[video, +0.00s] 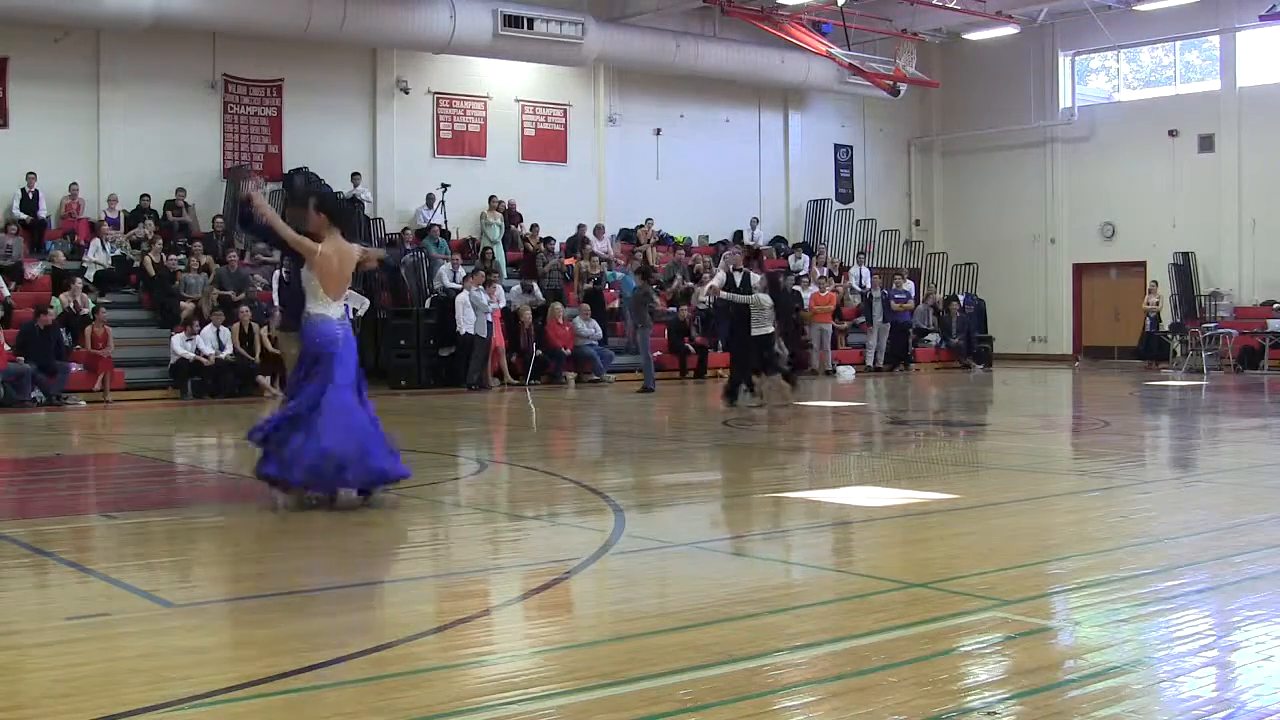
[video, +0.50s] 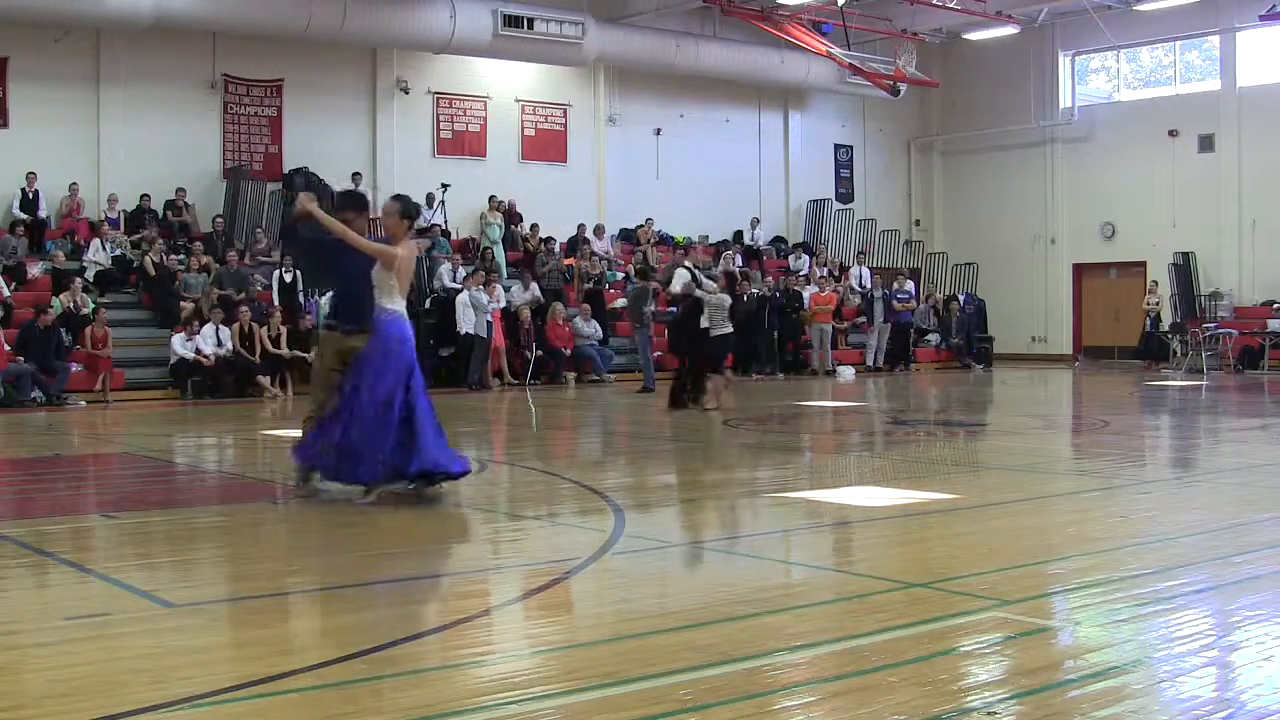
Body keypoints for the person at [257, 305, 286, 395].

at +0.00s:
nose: (279, 318)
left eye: (279, 315)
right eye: (276, 315)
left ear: (281, 317)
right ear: (271, 317)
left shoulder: (281, 330)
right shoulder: (264, 330)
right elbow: (269, 348)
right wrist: (279, 352)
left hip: (278, 355)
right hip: (267, 355)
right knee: (260, 377)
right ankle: (276, 392)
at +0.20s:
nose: (278, 320)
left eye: (279, 317)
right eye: (275, 317)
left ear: (281, 318)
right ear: (270, 319)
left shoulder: (283, 329)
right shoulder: (264, 331)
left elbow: (283, 345)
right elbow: (269, 348)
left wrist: (287, 352)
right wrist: (281, 352)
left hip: (279, 354)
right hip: (268, 356)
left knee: (288, 362)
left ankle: (289, 389)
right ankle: (275, 390)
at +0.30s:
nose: (279, 319)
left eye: (280, 317)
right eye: (277, 317)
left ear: (281, 318)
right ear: (270, 319)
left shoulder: (283, 329)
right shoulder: (263, 331)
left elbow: (283, 345)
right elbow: (269, 348)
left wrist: (287, 352)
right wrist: (282, 352)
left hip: (279, 353)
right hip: (268, 355)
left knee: (287, 360)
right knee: (278, 360)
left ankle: (289, 387)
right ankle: (276, 386)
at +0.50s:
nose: (280, 319)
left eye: (280, 317)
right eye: (277, 317)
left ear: (281, 318)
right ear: (270, 319)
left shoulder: (283, 329)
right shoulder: (263, 330)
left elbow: (283, 346)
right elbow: (269, 348)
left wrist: (287, 352)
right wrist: (281, 352)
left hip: (279, 353)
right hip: (268, 355)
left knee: (286, 361)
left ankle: (289, 386)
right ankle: (276, 386)